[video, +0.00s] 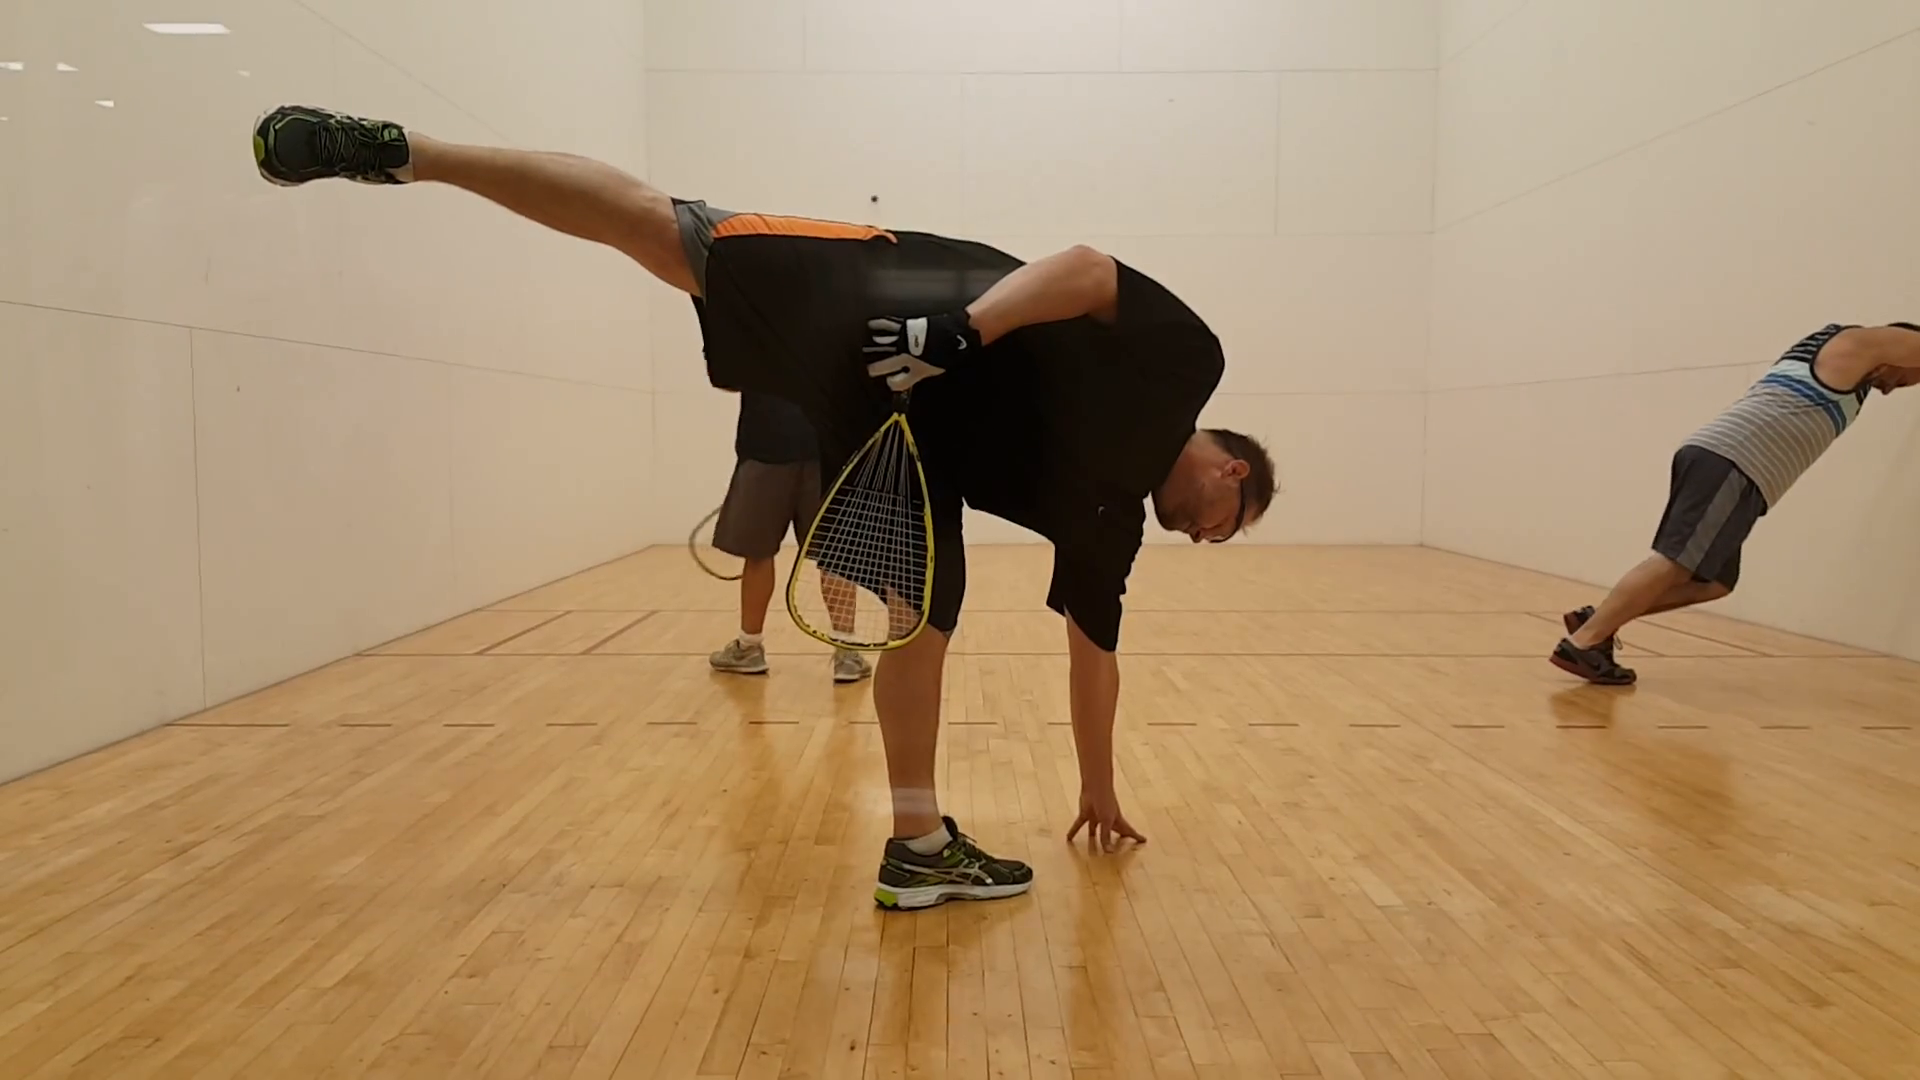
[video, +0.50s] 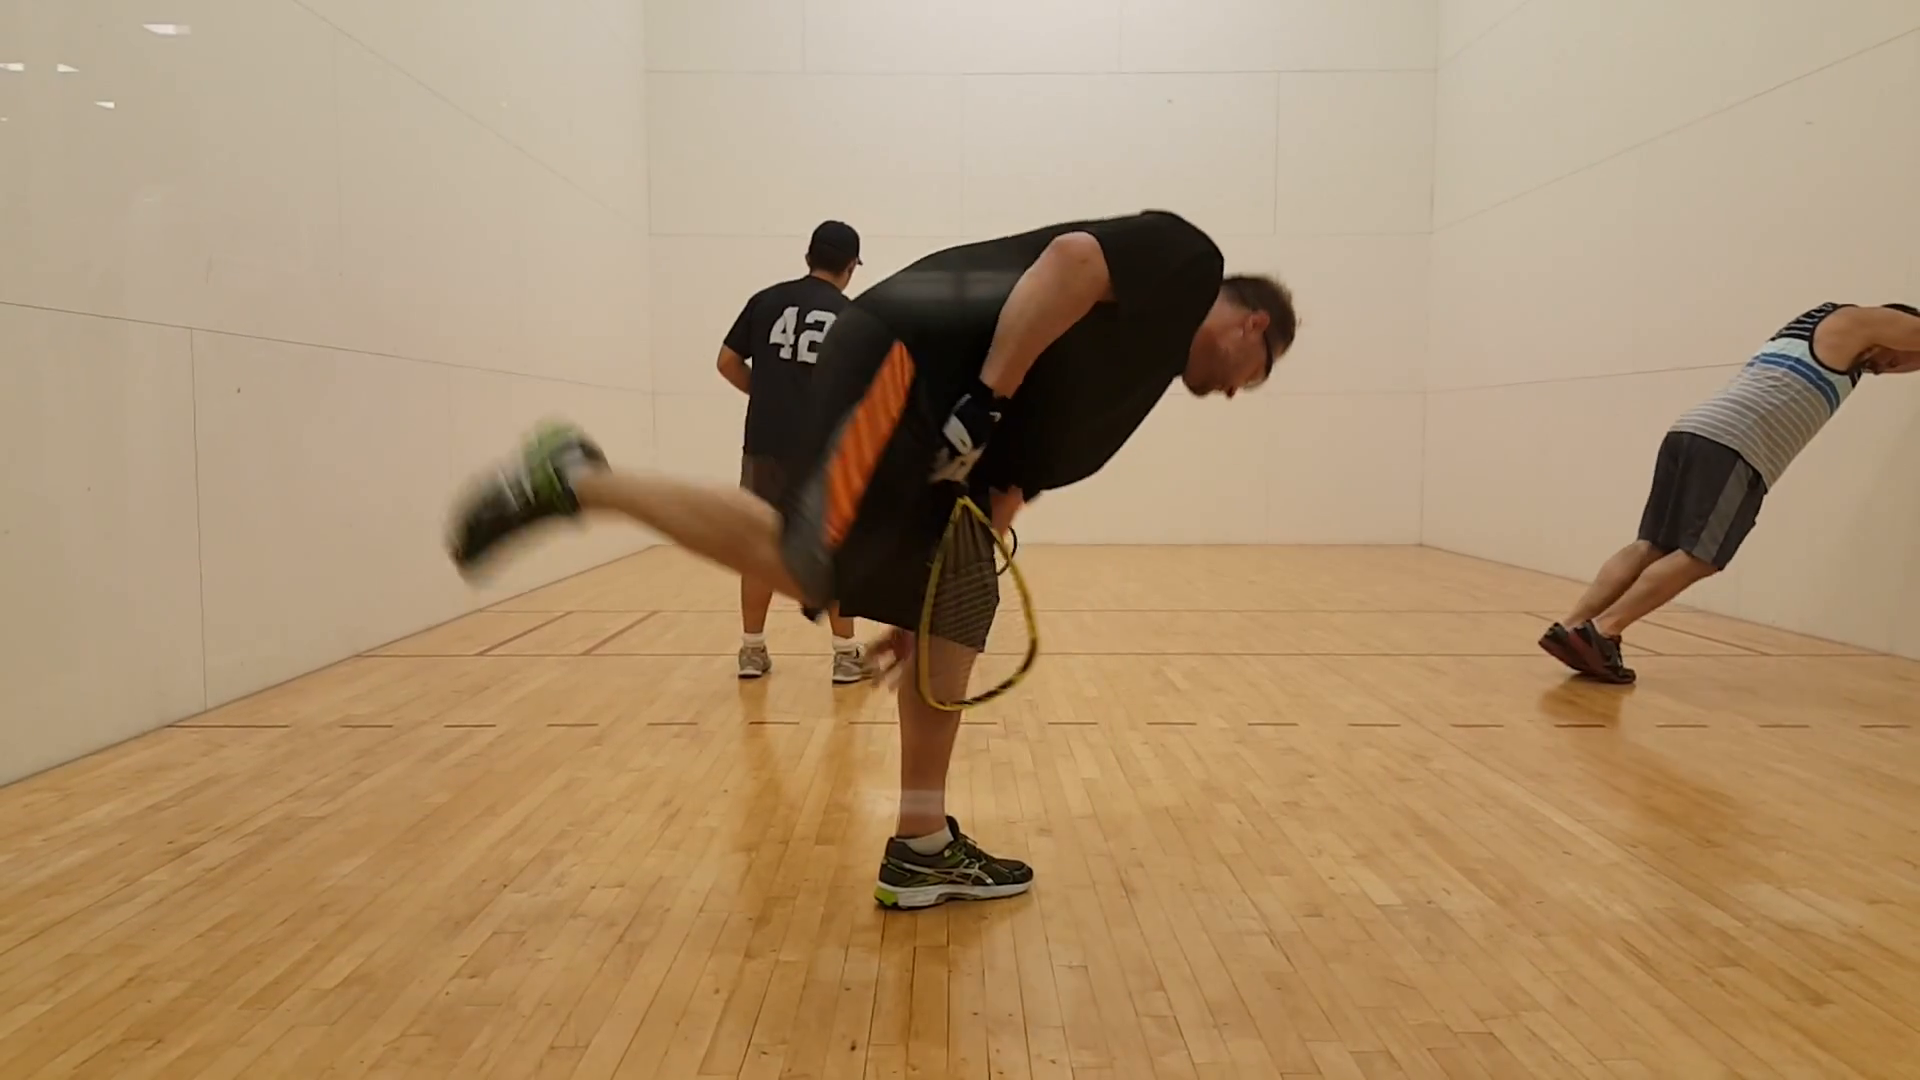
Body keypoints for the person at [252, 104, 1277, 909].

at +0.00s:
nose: (1210, 512)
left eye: (1219, 523)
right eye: (1227, 494)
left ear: (1200, 514)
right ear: (1223, 441)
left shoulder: (1103, 529)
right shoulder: (1184, 355)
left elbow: (1091, 659)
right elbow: (1084, 268)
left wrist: (1103, 798)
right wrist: (956, 333)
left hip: (874, 398)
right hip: (887, 295)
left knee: (922, 611)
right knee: (669, 234)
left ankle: (913, 840)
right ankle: (398, 155)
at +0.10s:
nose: (1220, 508)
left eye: (1228, 516)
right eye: (1233, 488)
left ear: (1207, 507)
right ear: (1224, 433)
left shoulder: (1104, 519)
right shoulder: (1183, 348)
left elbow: (1095, 644)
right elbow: (1083, 267)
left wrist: (1108, 784)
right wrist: (962, 332)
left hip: (885, 423)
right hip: (884, 300)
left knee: (922, 610)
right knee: (660, 236)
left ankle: (918, 841)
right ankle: (388, 158)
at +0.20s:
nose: (1221, 493)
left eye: (1233, 496)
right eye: (1237, 477)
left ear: (1210, 471)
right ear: (1231, 418)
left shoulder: (1106, 494)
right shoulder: (1182, 340)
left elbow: (1092, 627)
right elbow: (1079, 269)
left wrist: (1097, 768)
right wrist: (960, 352)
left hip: (895, 425)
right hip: (890, 311)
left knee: (927, 610)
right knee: (667, 266)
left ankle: (919, 848)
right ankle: (407, 185)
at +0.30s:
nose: (1229, 465)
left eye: (1241, 465)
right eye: (1244, 445)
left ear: (1220, 441)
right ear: (1235, 392)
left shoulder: (1106, 474)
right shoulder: (1185, 314)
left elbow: (1064, 600)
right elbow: (1080, 269)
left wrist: (1043, 730)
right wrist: (963, 375)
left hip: (920, 431)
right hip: (906, 333)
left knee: (942, 604)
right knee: (686, 341)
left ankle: (917, 845)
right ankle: (431, 251)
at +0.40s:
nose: (1239, 427)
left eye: (1251, 421)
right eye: (1254, 408)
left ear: (1232, 389)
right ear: (1241, 356)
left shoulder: (1117, 437)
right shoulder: (1186, 288)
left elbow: (1029, 540)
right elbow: (1076, 268)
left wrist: (986, 655)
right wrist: (971, 391)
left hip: (934, 447)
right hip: (899, 346)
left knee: (957, 625)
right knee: (730, 462)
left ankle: (920, 851)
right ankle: (498, 352)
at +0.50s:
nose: (1238, 386)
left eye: (1251, 381)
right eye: (1252, 364)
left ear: (1240, 337)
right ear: (1243, 309)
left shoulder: (1127, 389)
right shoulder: (1183, 254)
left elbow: (1016, 476)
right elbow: (1071, 265)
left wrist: (955, 599)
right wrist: (986, 404)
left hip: (968, 433)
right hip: (915, 356)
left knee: (943, 621)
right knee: (809, 571)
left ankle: (922, 848)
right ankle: (581, 480)